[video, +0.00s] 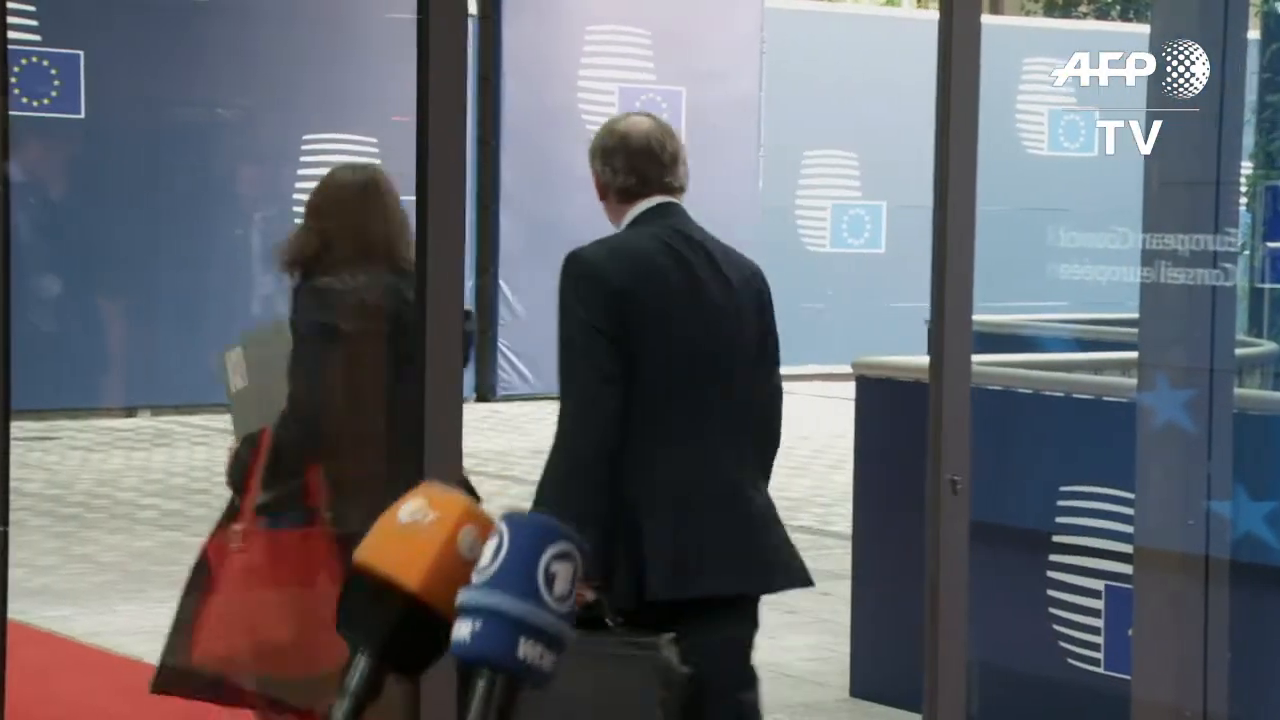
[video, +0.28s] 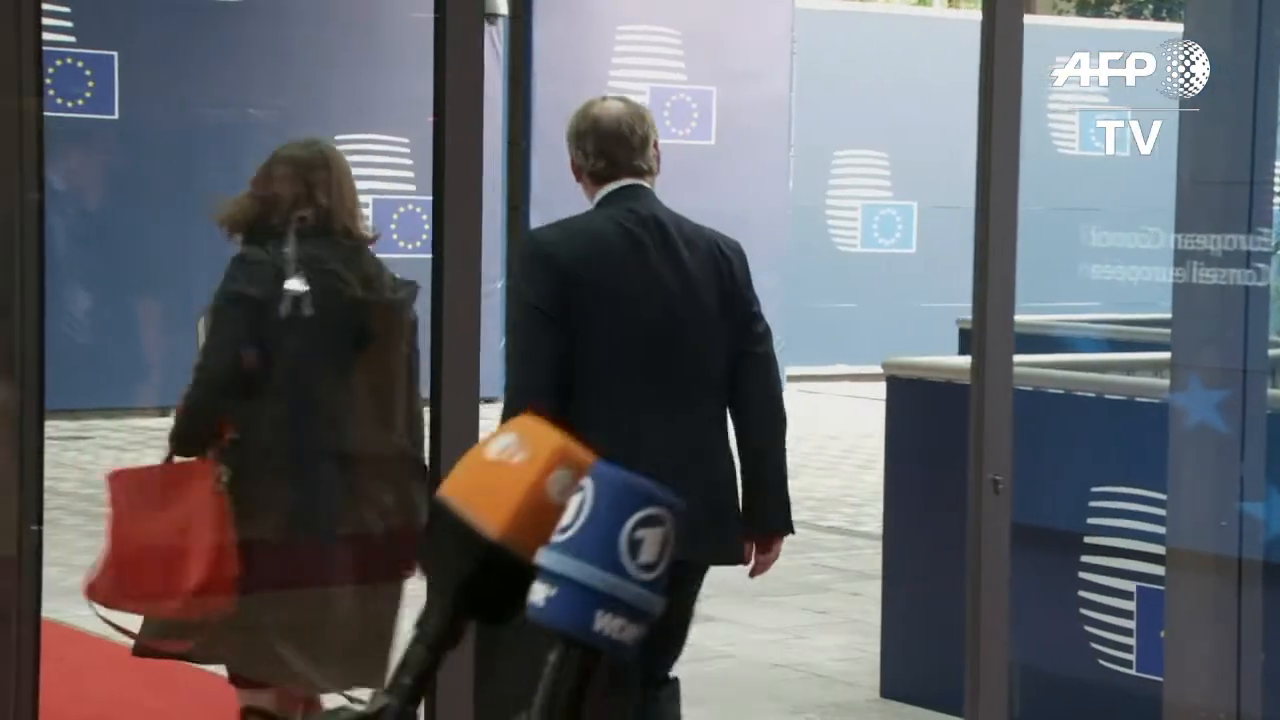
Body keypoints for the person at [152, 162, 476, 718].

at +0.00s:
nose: (307, 227)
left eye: (314, 215)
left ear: (323, 221)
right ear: (389, 220)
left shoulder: (323, 292)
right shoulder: (417, 288)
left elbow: (310, 410)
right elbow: (426, 400)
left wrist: (263, 462)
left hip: (337, 496)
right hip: (410, 491)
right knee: (398, 646)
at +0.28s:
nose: (256, 201)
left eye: (263, 190)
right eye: (263, 190)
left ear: (273, 197)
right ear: (344, 200)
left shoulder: (258, 269)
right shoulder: (384, 283)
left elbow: (223, 371)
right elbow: (404, 412)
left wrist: (187, 445)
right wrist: (410, 512)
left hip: (270, 503)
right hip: (360, 507)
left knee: (261, 685)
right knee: (304, 685)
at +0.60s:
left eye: (242, 208)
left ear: (246, 213)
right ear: (320, 218)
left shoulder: (217, 282)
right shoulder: (351, 304)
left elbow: (166, 380)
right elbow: (373, 433)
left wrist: (155, 426)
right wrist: (380, 539)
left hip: (224, 512)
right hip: (313, 520)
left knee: (194, 672)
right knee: (246, 669)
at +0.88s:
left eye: (219, 199)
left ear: (219, 203)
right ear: (293, 208)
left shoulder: (189, 273)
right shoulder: (323, 293)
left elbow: (143, 360)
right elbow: (345, 405)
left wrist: (140, 415)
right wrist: (327, 482)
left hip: (194, 490)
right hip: (281, 492)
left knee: (159, 634)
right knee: (249, 651)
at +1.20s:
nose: (265, 205)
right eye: (260, 195)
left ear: (191, 197)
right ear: (256, 202)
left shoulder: (156, 267)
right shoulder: (283, 280)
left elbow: (116, 370)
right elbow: (304, 391)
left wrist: (111, 471)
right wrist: (306, 480)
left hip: (161, 464)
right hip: (250, 469)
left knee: (156, 617)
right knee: (229, 607)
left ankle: (155, 716)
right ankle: (215, 711)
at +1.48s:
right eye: (263, 211)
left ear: (197, 209)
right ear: (258, 216)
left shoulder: (154, 279)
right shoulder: (275, 295)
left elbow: (129, 382)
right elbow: (295, 404)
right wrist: (301, 493)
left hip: (166, 466)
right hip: (243, 467)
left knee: (168, 607)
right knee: (223, 609)